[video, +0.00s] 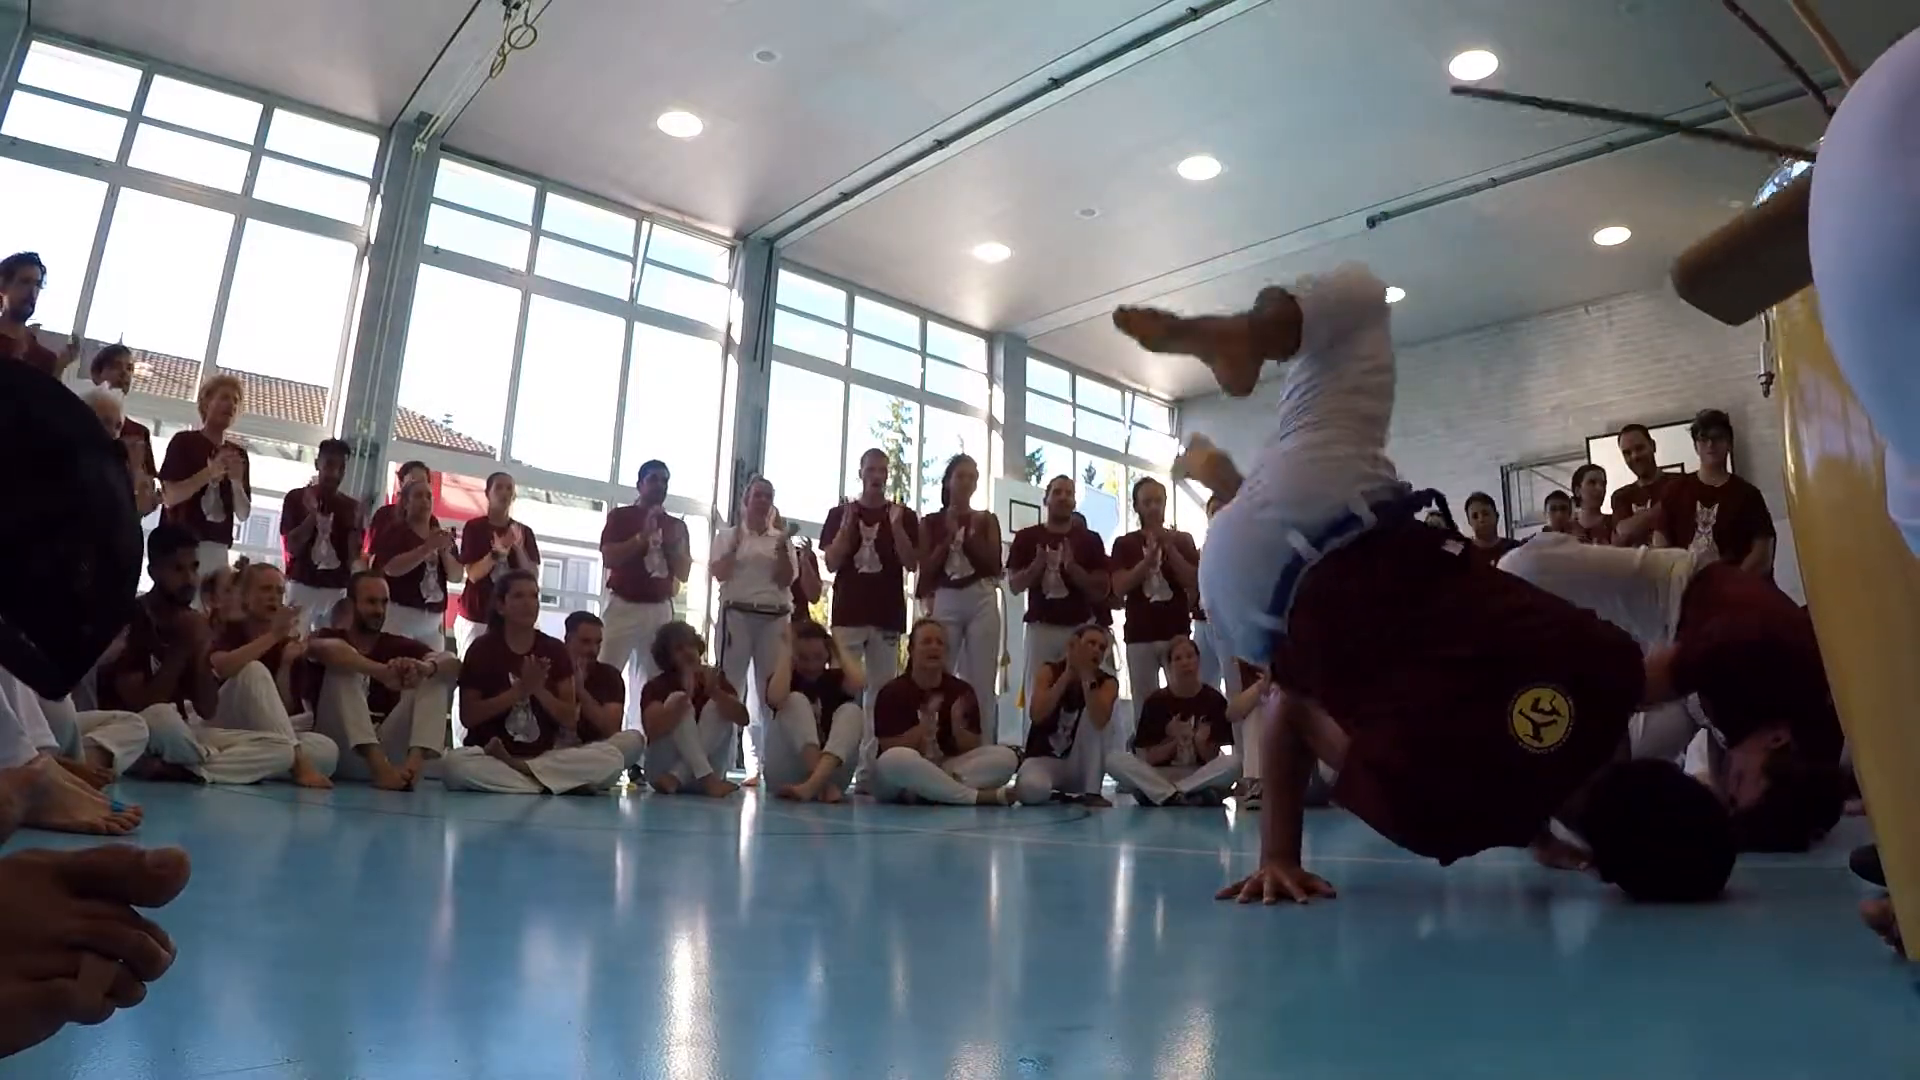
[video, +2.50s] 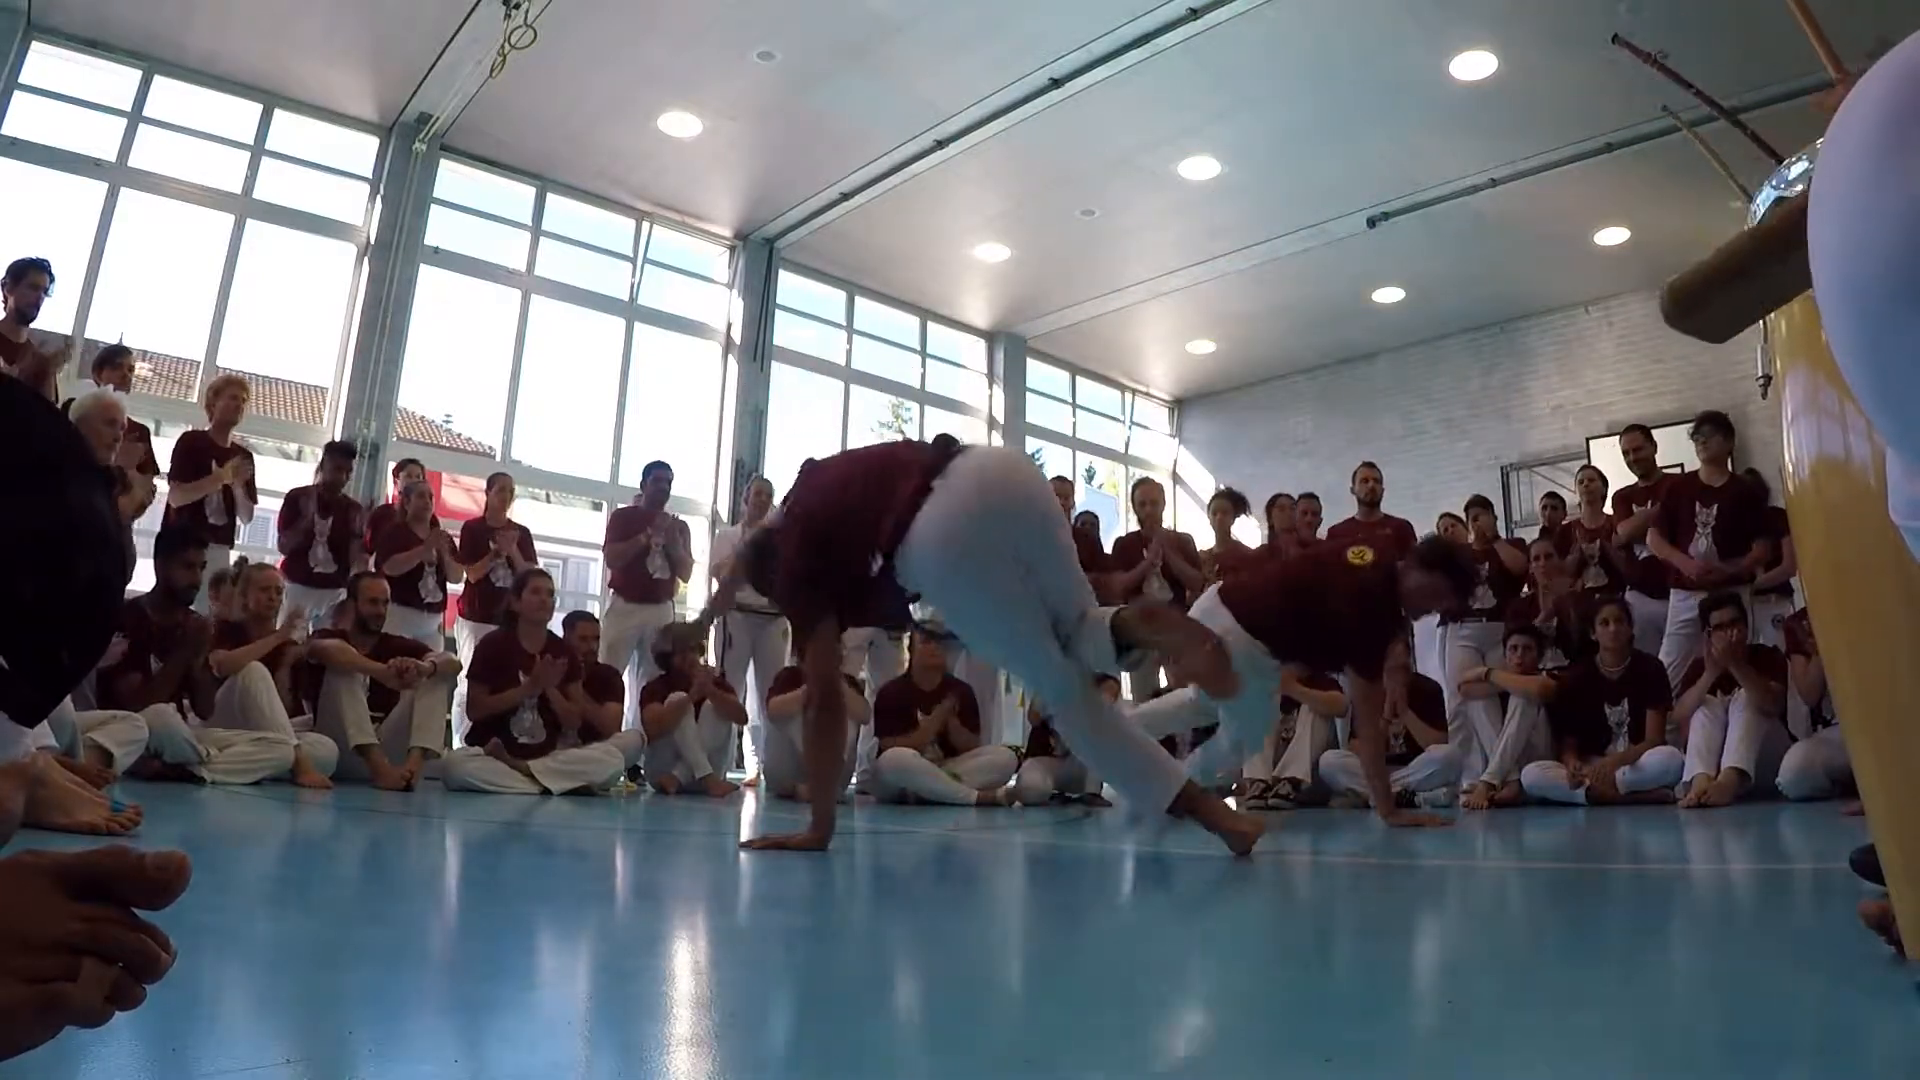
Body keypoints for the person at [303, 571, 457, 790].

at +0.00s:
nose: (379, 610)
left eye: (384, 602)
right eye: (371, 602)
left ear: (389, 603)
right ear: (353, 603)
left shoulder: (394, 643)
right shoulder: (329, 637)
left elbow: (454, 662)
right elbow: (319, 648)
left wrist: (428, 666)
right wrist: (382, 672)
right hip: (338, 750)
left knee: (437, 674)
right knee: (342, 663)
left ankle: (415, 764)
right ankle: (378, 764)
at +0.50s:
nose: (379, 610)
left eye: (384, 602)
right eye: (371, 602)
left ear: (389, 603)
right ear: (352, 603)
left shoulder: (393, 643)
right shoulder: (330, 637)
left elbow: (454, 662)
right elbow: (316, 649)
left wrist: (427, 666)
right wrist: (382, 671)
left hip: (387, 751)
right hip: (338, 750)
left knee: (438, 673)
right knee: (342, 662)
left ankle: (414, 764)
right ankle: (378, 764)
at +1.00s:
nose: (379, 610)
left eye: (384, 602)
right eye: (371, 602)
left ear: (389, 603)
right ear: (352, 603)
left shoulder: (393, 643)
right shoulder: (329, 637)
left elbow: (454, 663)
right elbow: (316, 650)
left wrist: (427, 666)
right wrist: (382, 671)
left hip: (387, 751)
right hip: (338, 749)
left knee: (437, 674)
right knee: (342, 662)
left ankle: (415, 764)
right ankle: (378, 764)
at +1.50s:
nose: (381, 610)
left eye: (385, 603)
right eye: (373, 602)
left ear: (390, 604)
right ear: (353, 603)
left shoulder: (393, 643)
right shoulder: (331, 637)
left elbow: (454, 662)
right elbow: (320, 650)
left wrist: (427, 666)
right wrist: (383, 672)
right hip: (339, 751)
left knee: (438, 674)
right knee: (342, 662)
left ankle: (414, 765)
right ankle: (378, 765)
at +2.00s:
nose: (381, 610)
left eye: (385, 603)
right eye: (373, 603)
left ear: (390, 604)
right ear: (353, 603)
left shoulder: (393, 643)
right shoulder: (329, 637)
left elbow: (454, 663)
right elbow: (318, 649)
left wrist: (427, 667)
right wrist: (382, 672)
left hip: (387, 751)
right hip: (337, 750)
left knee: (438, 673)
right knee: (342, 663)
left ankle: (414, 765)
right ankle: (378, 766)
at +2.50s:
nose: (381, 610)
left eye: (385, 603)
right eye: (373, 603)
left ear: (390, 604)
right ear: (353, 604)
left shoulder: (393, 643)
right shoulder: (329, 637)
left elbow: (454, 663)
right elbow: (320, 648)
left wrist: (427, 667)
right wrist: (382, 672)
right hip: (338, 750)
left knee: (437, 675)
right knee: (342, 665)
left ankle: (414, 765)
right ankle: (379, 766)